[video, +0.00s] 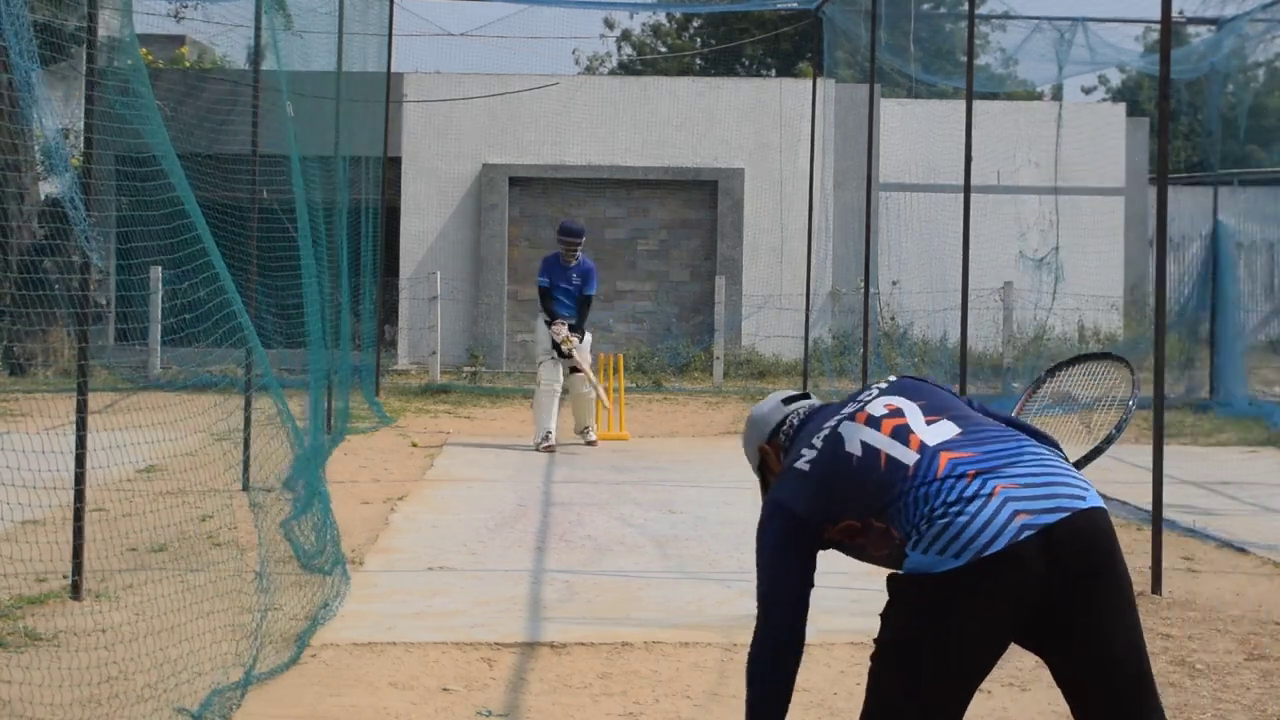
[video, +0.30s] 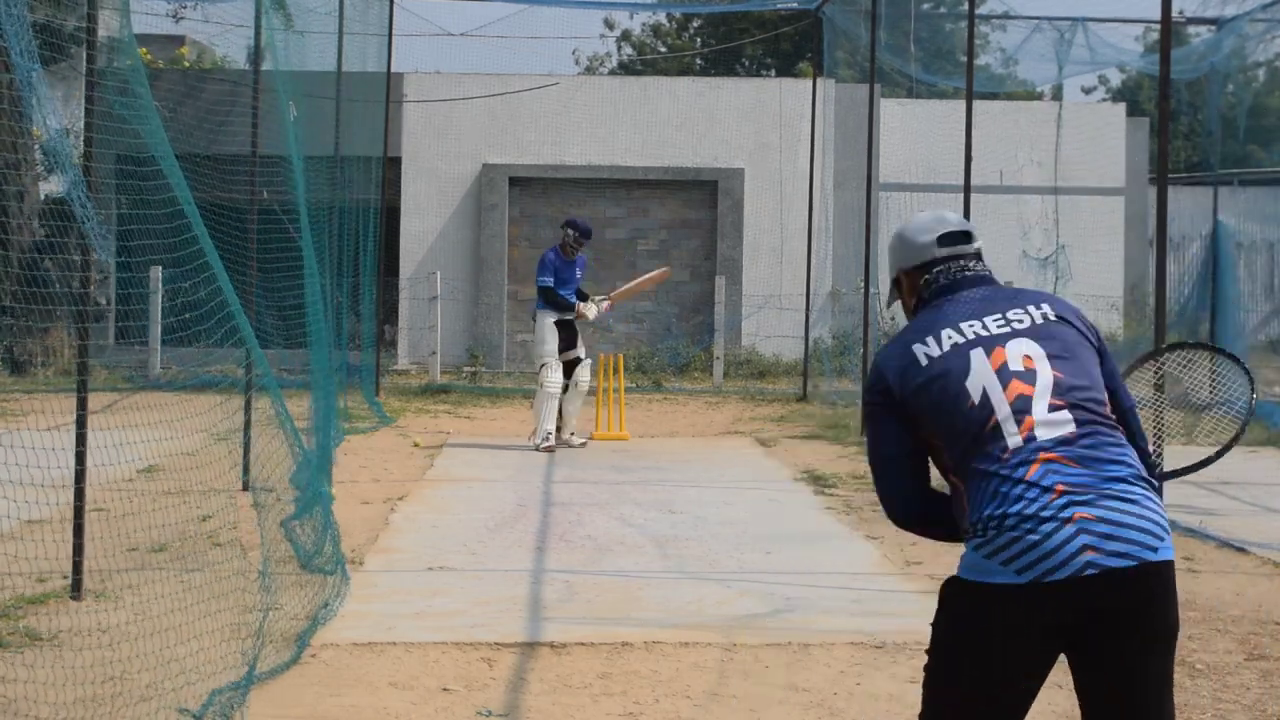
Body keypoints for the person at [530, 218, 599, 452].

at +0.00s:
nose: (569, 252)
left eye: (574, 248)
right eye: (565, 247)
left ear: (581, 245)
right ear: (559, 244)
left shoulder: (587, 268)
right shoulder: (548, 264)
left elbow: (585, 304)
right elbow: (544, 298)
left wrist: (577, 332)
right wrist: (555, 321)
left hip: (577, 326)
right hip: (550, 324)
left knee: (581, 380)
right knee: (550, 378)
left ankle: (585, 427)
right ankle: (545, 433)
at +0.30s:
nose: (576, 246)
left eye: (581, 243)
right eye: (574, 240)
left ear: (584, 244)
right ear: (565, 235)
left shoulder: (579, 261)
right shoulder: (549, 258)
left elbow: (573, 289)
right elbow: (547, 295)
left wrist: (593, 301)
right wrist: (577, 308)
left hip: (568, 319)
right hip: (547, 318)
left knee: (580, 375)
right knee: (551, 376)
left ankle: (564, 432)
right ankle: (544, 434)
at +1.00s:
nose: (610, 262)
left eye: (613, 259)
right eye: (612, 257)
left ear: (604, 247)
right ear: (605, 249)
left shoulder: (588, 263)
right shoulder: (582, 260)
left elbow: (576, 299)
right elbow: (557, 290)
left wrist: (596, 306)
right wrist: (567, 317)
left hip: (572, 324)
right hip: (568, 324)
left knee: (577, 381)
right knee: (581, 382)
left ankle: (561, 434)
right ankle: (573, 440)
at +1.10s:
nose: (614, 267)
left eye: (617, 264)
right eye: (616, 263)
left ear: (608, 252)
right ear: (610, 255)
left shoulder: (591, 266)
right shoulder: (589, 264)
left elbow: (579, 300)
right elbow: (566, 292)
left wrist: (597, 311)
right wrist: (576, 322)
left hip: (569, 324)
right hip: (567, 325)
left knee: (581, 381)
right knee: (584, 381)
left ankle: (562, 431)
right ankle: (573, 439)